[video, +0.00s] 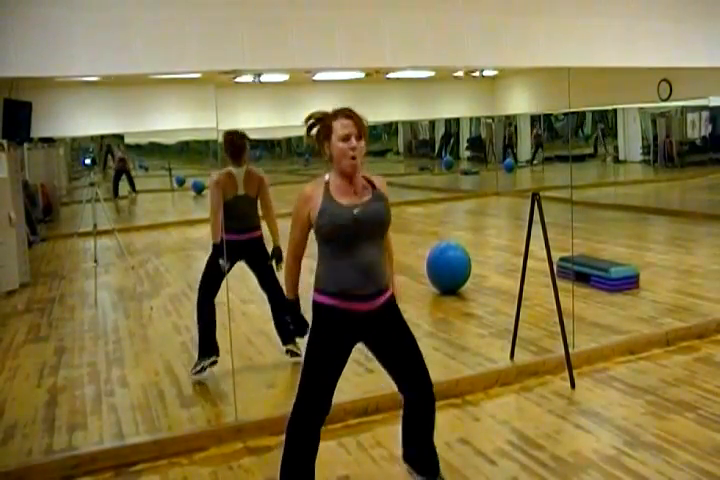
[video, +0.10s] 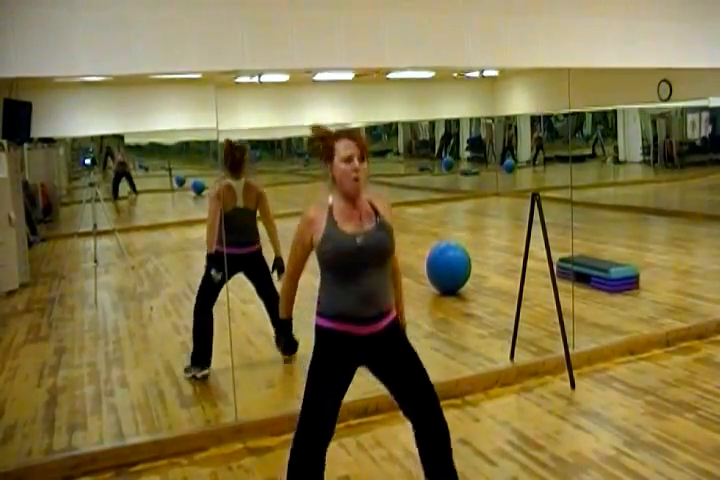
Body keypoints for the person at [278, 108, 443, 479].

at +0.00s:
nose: (354, 145)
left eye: (359, 138)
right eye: (345, 139)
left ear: (365, 143)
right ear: (328, 146)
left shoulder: (377, 187)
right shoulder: (313, 195)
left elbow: (384, 242)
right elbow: (294, 257)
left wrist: (391, 285)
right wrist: (292, 305)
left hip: (381, 310)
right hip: (334, 314)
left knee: (421, 390)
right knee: (311, 409)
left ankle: (421, 463)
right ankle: (295, 479)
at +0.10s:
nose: (356, 166)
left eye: (359, 159)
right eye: (346, 160)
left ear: (366, 164)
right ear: (330, 168)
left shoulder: (378, 207)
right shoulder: (316, 218)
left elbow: (392, 266)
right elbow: (292, 275)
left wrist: (400, 320)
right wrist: (284, 325)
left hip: (385, 335)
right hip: (336, 340)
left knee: (430, 418)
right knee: (313, 435)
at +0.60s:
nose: (368, 179)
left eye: (372, 172)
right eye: (358, 174)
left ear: (379, 180)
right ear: (340, 187)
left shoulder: (394, 228)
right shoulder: (328, 243)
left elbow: (414, 290)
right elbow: (304, 312)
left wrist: (445, 344)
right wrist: (285, 373)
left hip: (393, 353)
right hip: (340, 359)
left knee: (441, 427)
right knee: (312, 452)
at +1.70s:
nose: (403, 194)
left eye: (407, 187)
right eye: (391, 189)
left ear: (415, 196)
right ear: (372, 204)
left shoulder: (431, 249)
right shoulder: (360, 259)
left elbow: (453, 311)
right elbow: (330, 337)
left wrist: (482, 369)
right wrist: (304, 406)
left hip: (421, 377)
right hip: (365, 384)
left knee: (477, 447)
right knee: (337, 475)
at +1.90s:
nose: (407, 172)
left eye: (412, 163)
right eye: (395, 164)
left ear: (419, 170)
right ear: (374, 175)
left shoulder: (434, 218)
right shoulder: (362, 233)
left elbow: (466, 280)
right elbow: (326, 306)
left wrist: (515, 326)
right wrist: (294, 374)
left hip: (433, 367)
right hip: (377, 373)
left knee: (477, 449)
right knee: (347, 471)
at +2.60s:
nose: (429, 171)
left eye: (433, 162)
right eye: (417, 164)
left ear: (440, 170)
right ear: (394, 176)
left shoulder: (459, 230)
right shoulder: (380, 242)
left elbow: (476, 309)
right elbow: (356, 330)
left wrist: (504, 377)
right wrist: (337, 406)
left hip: (458, 386)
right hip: (396, 393)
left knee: (509, 473)